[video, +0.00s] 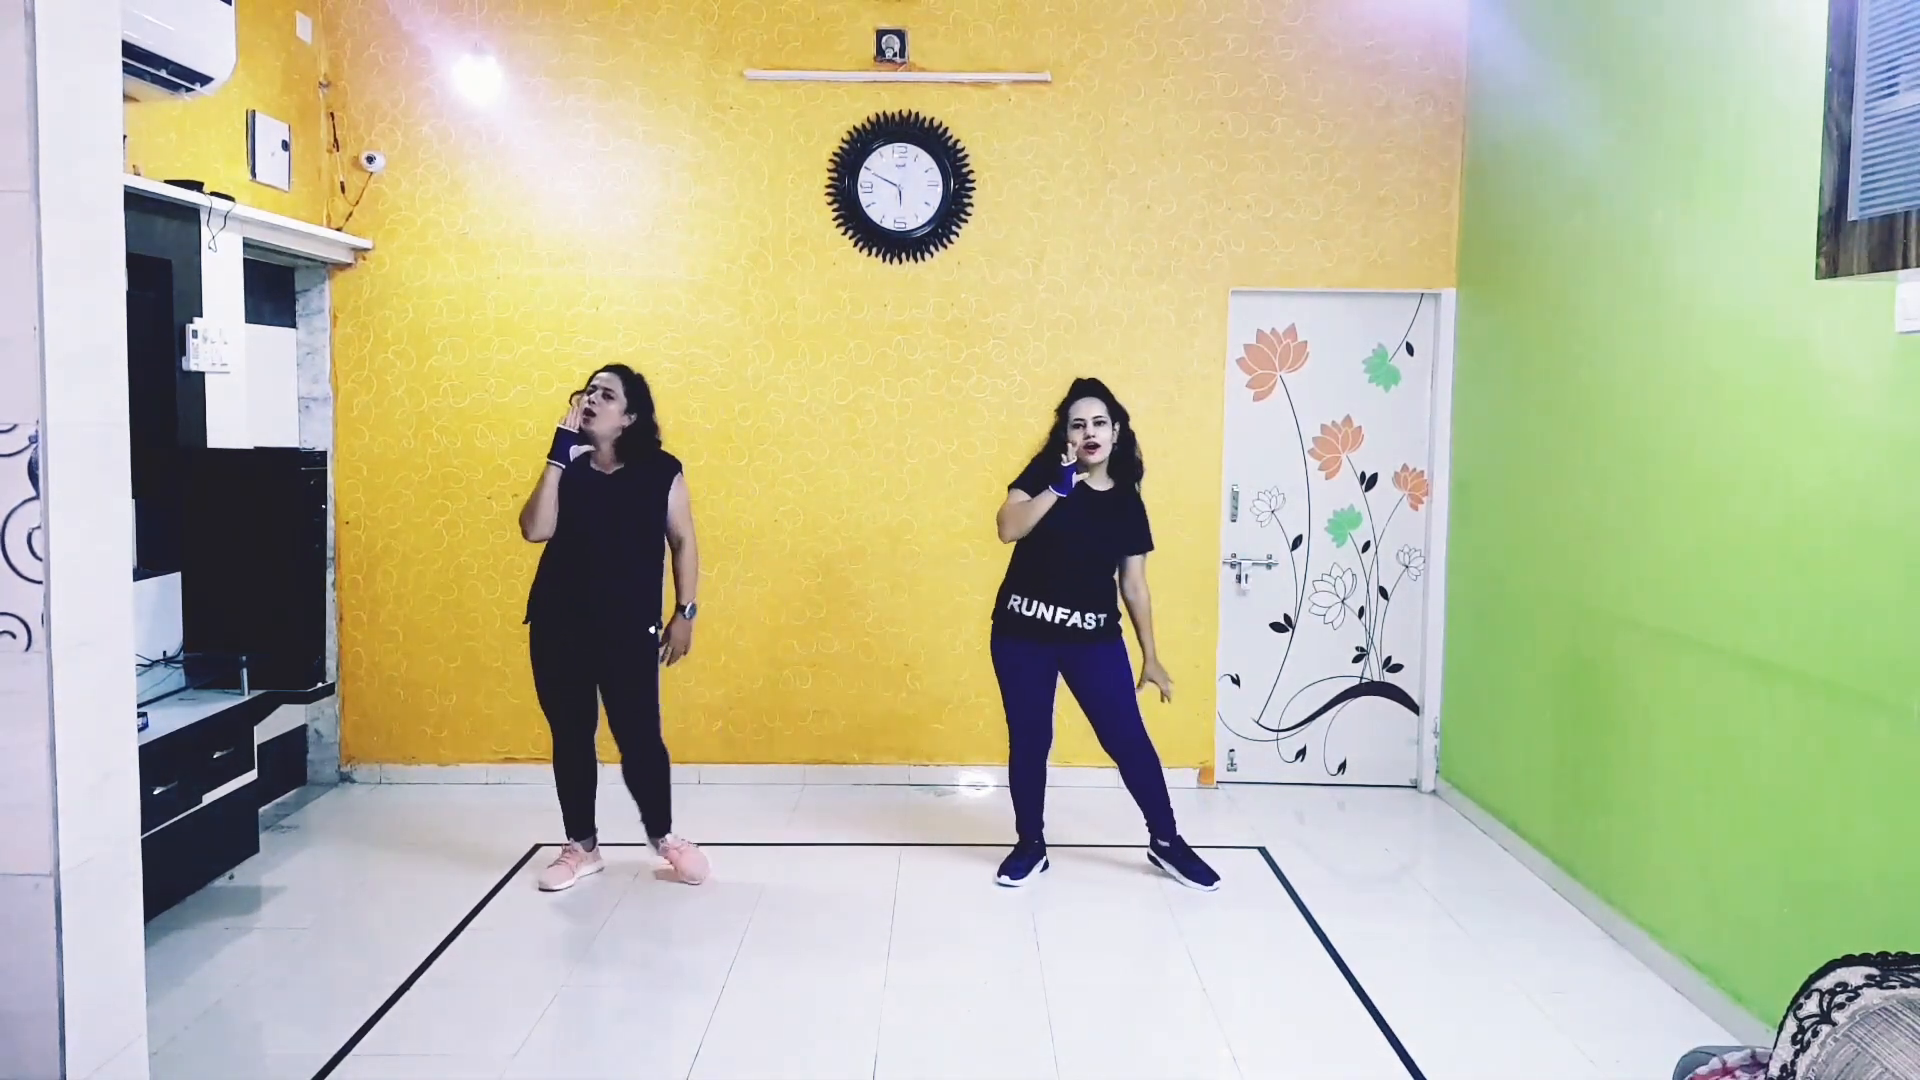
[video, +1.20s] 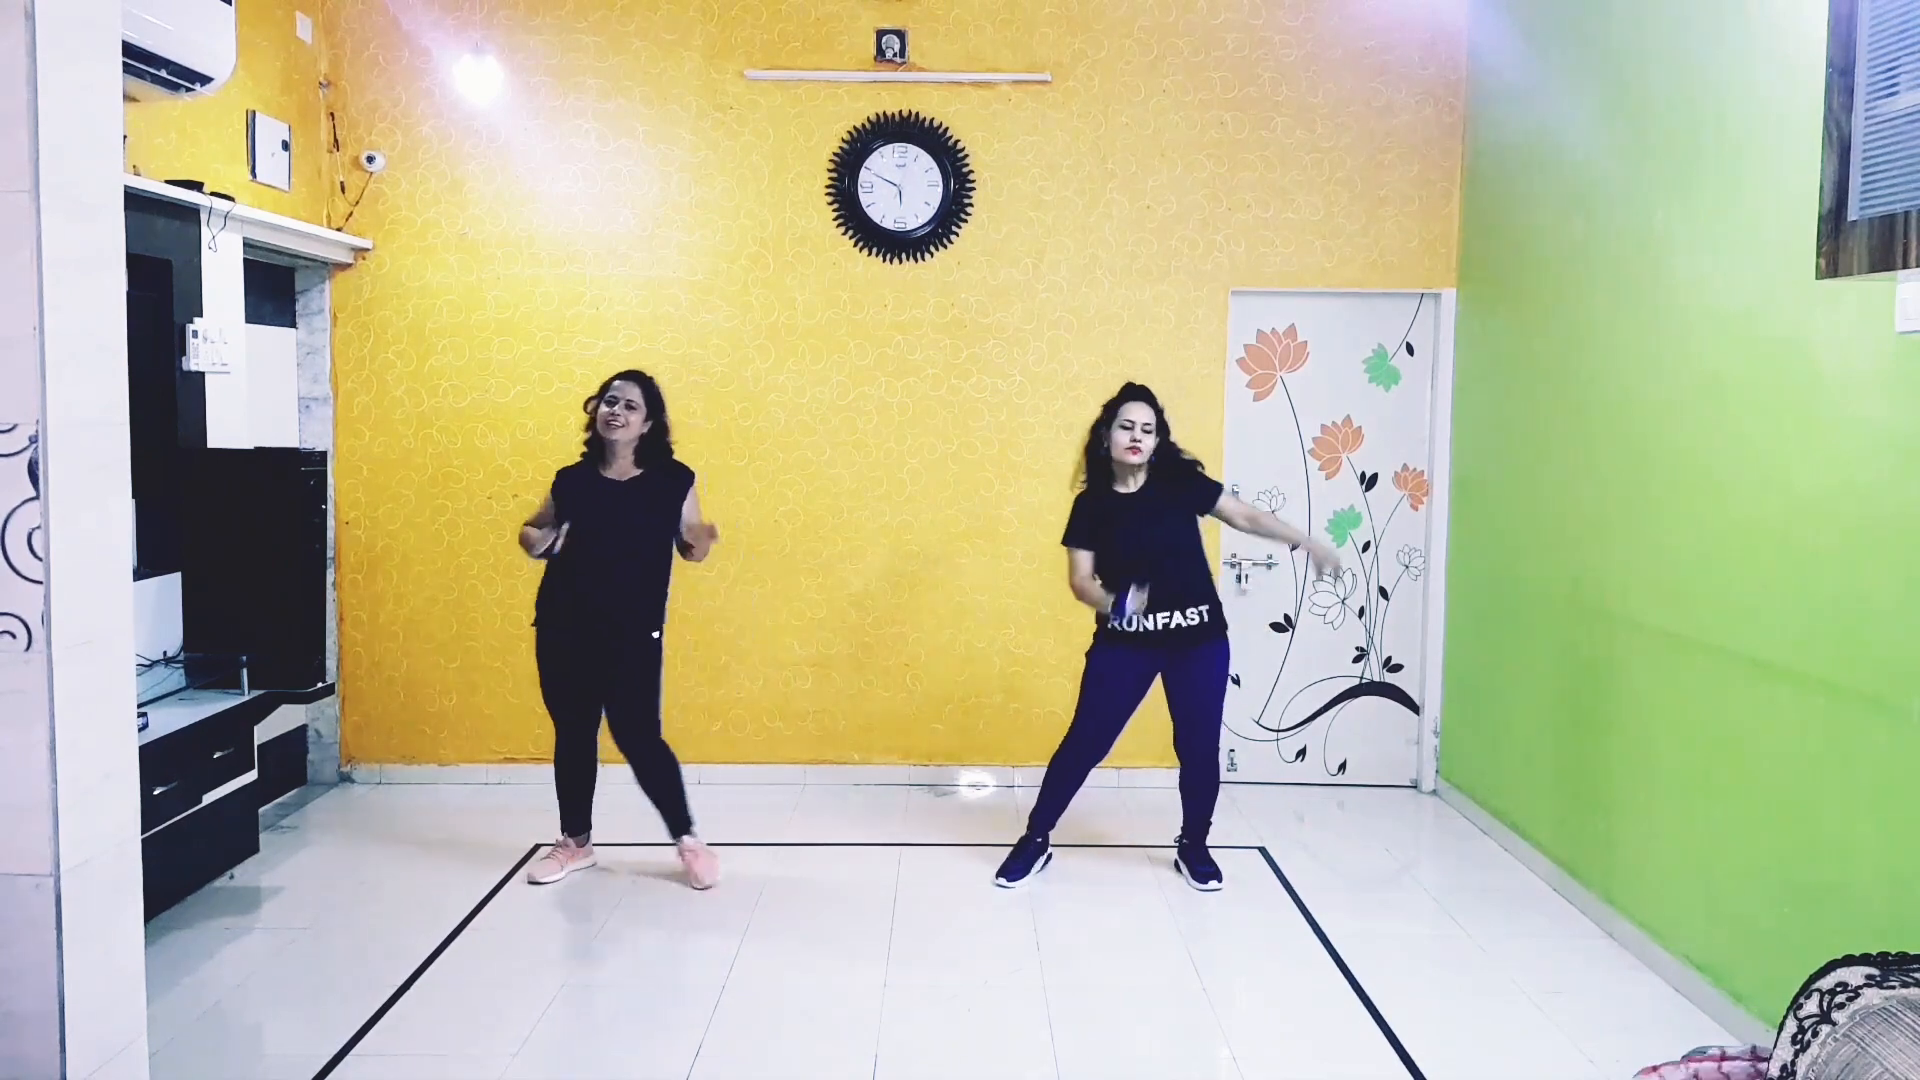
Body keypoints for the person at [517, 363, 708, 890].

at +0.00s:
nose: (590, 399)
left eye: (606, 395)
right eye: (589, 391)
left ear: (631, 417)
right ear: (581, 404)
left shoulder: (661, 472)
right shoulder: (565, 467)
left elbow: (683, 543)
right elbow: (536, 529)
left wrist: (686, 613)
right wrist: (559, 453)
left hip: (628, 626)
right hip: (560, 624)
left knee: (641, 736)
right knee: (571, 737)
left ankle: (663, 839)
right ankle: (580, 846)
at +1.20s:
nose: (614, 410)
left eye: (629, 405)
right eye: (608, 401)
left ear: (649, 422)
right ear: (595, 412)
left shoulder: (673, 482)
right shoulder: (571, 481)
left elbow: (690, 550)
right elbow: (541, 532)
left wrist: (700, 539)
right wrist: (534, 539)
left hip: (632, 633)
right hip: (566, 629)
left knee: (637, 737)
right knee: (573, 736)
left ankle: (687, 841)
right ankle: (574, 842)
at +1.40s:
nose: (606, 407)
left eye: (619, 403)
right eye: (599, 398)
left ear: (634, 418)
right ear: (580, 408)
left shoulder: (655, 475)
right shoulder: (558, 478)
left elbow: (683, 542)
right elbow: (543, 540)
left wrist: (682, 521)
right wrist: (504, 547)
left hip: (625, 631)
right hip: (557, 628)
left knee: (629, 739)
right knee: (566, 738)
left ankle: (639, 844)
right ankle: (573, 842)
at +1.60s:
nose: (621, 403)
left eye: (633, 397)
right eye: (612, 392)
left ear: (644, 411)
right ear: (590, 400)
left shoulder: (661, 471)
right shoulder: (561, 466)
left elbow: (674, 531)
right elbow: (534, 527)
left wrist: (694, 534)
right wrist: (489, 522)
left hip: (645, 623)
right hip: (577, 622)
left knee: (657, 728)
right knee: (575, 732)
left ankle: (704, 837)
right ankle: (574, 842)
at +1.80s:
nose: (643, 409)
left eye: (655, 402)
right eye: (634, 398)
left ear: (669, 415)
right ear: (614, 406)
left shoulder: (684, 476)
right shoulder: (585, 470)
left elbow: (700, 540)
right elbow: (562, 532)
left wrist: (727, 553)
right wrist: (521, 527)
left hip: (677, 624)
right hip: (607, 623)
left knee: (688, 732)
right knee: (589, 735)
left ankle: (715, 843)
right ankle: (578, 841)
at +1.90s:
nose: (652, 415)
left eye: (665, 408)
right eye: (643, 405)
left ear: (681, 420)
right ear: (626, 414)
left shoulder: (698, 481)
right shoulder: (600, 477)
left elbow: (719, 544)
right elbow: (583, 540)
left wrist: (749, 554)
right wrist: (545, 544)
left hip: (695, 628)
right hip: (628, 627)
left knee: (701, 732)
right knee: (597, 737)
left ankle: (717, 845)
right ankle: (594, 841)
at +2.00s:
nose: (657, 417)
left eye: (670, 411)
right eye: (648, 408)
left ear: (685, 424)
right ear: (632, 417)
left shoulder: (706, 482)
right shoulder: (607, 483)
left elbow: (731, 543)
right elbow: (599, 545)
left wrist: (760, 550)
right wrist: (568, 559)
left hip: (703, 628)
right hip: (637, 628)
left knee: (705, 734)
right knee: (600, 733)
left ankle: (718, 844)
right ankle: (611, 844)